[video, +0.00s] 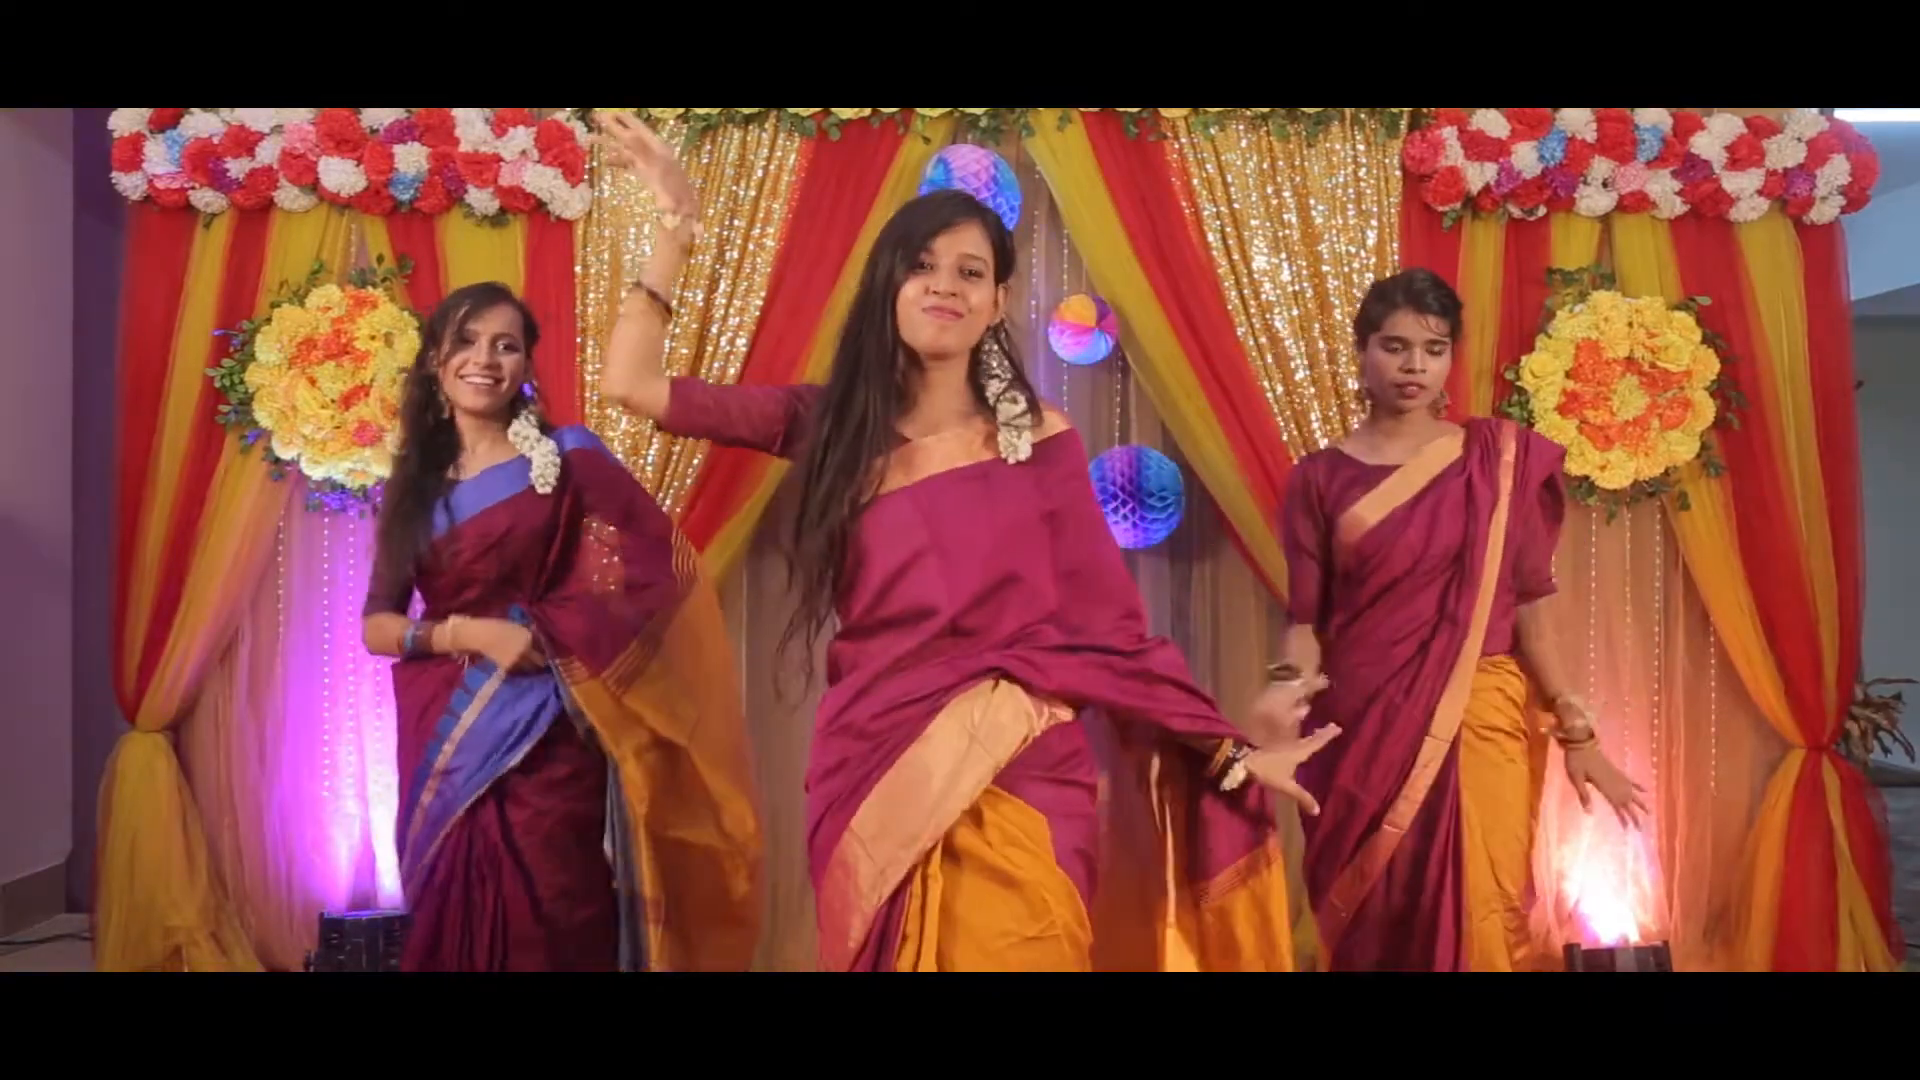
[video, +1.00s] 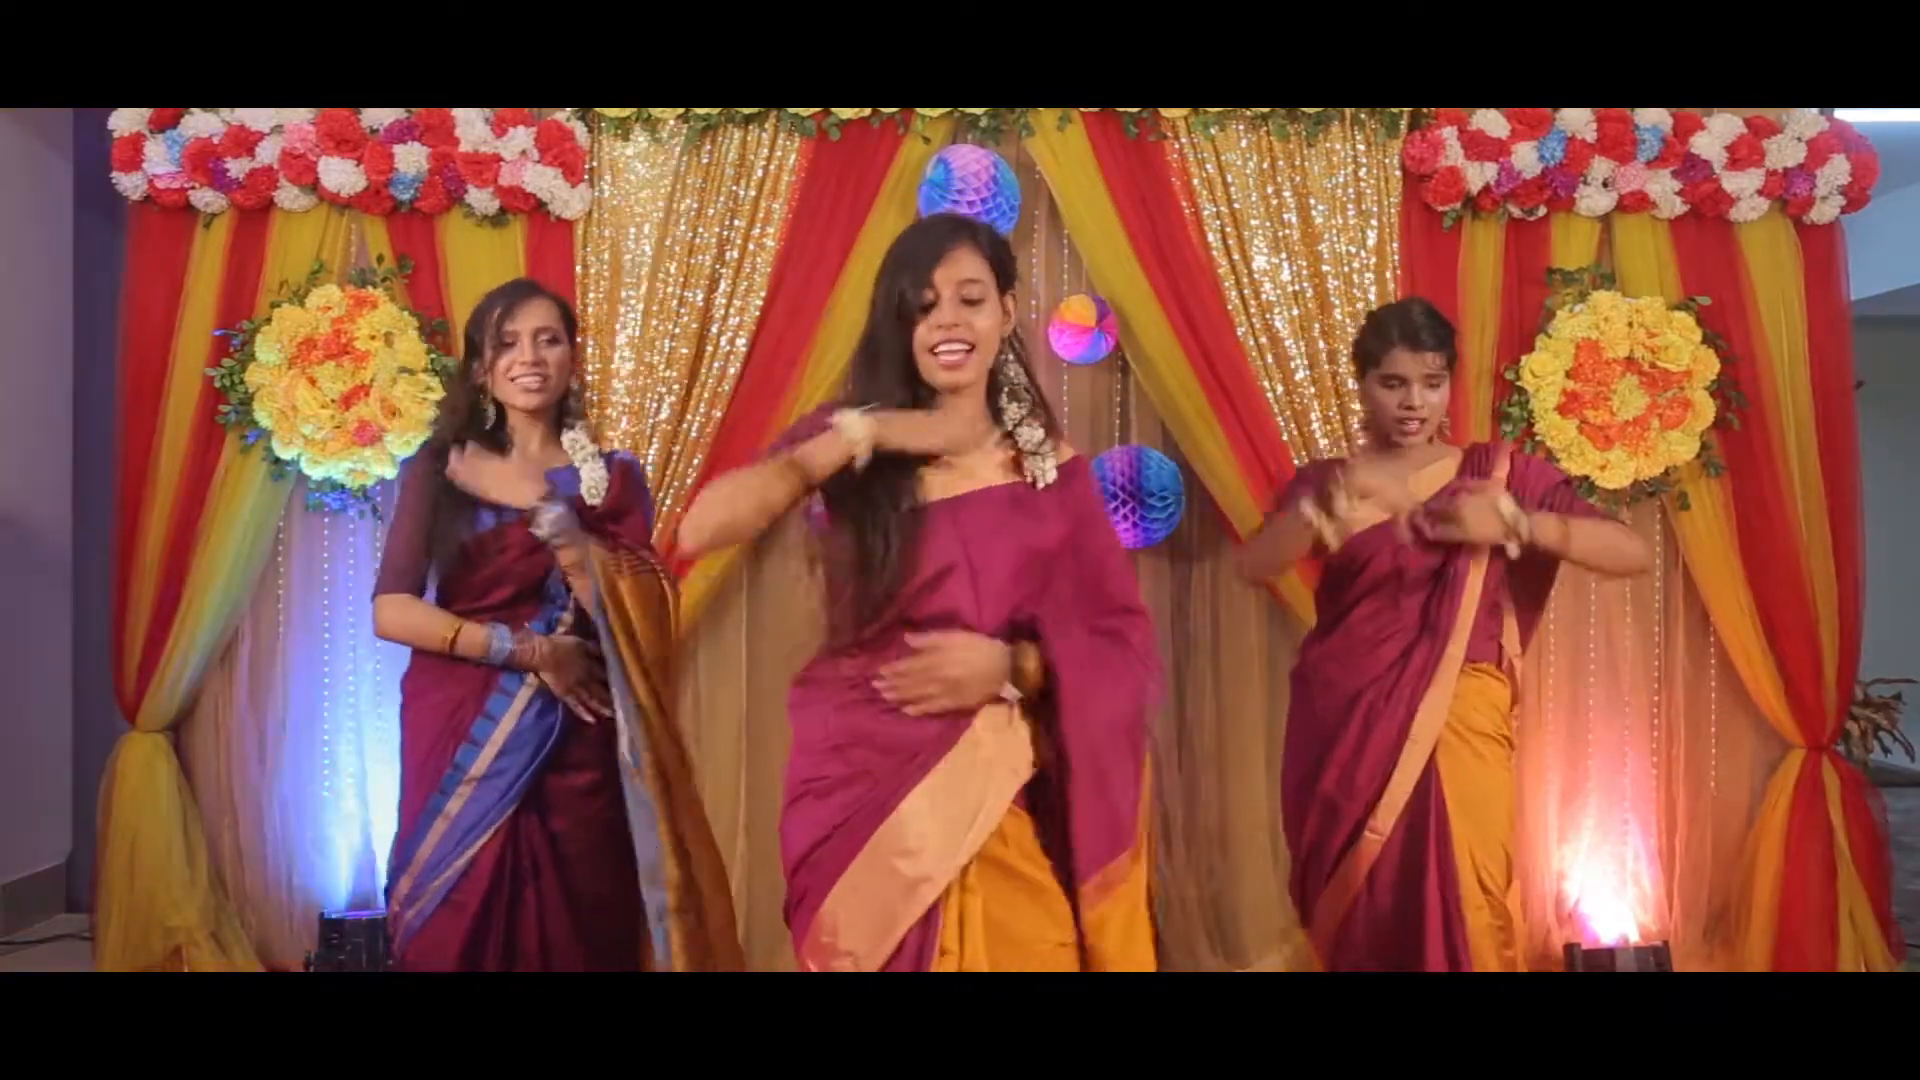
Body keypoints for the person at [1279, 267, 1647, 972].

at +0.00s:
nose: (1415, 365)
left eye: (1434, 349)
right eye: (1396, 345)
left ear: (1453, 358)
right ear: (1360, 352)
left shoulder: (1503, 456)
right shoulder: (1320, 479)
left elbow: (1531, 612)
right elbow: (1304, 623)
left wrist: (1579, 737)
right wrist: (1290, 696)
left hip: (1481, 729)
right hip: (1361, 735)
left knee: (1475, 933)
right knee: (1365, 935)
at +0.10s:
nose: (1418, 353)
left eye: (1436, 337)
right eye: (1398, 334)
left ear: (1454, 350)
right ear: (1362, 344)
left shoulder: (1500, 449)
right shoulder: (1317, 465)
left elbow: (1529, 600)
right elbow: (1300, 601)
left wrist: (1585, 719)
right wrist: (1266, 639)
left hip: (1480, 712)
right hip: (1360, 718)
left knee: (1481, 918)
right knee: (1370, 923)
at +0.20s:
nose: (1417, 342)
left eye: (1435, 328)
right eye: (1398, 325)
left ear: (1453, 344)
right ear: (1363, 335)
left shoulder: (1490, 442)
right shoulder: (1315, 448)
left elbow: (1524, 595)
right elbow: (1298, 604)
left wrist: (1594, 716)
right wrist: (1286, 569)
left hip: (1488, 698)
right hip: (1370, 706)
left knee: (1497, 903)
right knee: (1380, 910)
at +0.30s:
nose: (1417, 342)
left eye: (1436, 327)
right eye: (1398, 323)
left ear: (1452, 342)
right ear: (1361, 333)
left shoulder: (1485, 449)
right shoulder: (1317, 445)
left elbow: (1515, 597)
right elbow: (1307, 575)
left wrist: (1589, 706)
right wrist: (1341, 518)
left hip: (1491, 694)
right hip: (1379, 702)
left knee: (1513, 900)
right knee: (1390, 904)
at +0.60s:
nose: (1420, 354)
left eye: (1435, 337)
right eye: (1398, 337)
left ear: (1455, 353)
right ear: (1361, 352)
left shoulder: (1461, 465)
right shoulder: (1328, 434)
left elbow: (1502, 609)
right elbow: (1344, 552)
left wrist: (1639, 594)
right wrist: (1431, 496)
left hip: (1472, 711)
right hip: (1371, 713)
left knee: (1498, 905)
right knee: (1387, 913)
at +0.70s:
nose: (1422, 345)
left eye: (1438, 328)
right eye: (1399, 329)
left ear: (1457, 344)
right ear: (1364, 345)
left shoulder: (1476, 463)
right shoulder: (1329, 427)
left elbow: (1546, 579)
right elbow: (1330, 536)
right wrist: (1424, 490)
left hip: (1477, 706)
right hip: (1371, 708)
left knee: (1498, 894)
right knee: (1387, 905)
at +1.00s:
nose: (1414, 402)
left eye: (1431, 382)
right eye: (1394, 383)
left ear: (1451, 383)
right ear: (1362, 387)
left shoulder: (1501, 471)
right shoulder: (1322, 483)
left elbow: (1632, 553)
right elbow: (1250, 566)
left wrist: (1517, 523)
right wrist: (1311, 517)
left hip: (1463, 716)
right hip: (1348, 720)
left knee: (1464, 907)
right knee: (1356, 912)